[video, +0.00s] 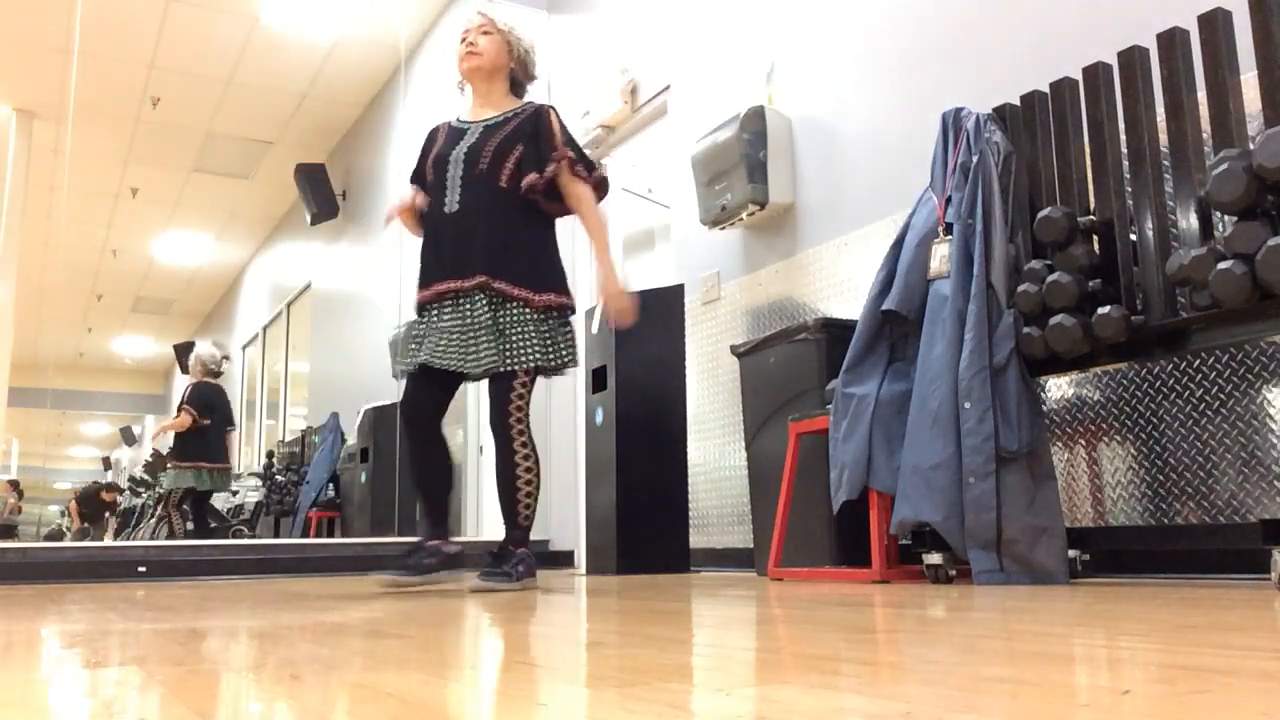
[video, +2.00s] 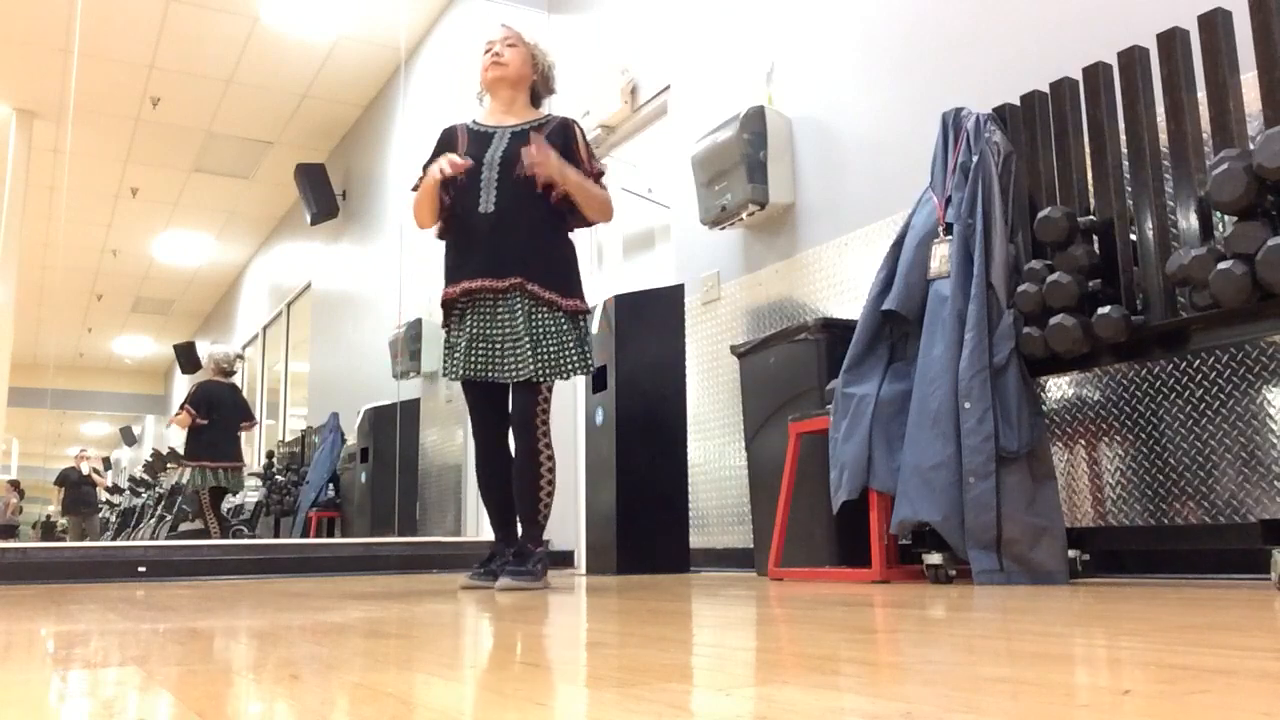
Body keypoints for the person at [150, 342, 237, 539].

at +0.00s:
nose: (190, 366)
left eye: (192, 363)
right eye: (191, 362)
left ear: (197, 366)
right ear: (215, 367)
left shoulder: (196, 389)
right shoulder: (221, 392)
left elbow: (184, 421)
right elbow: (229, 432)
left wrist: (163, 427)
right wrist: (230, 463)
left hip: (190, 466)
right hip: (214, 466)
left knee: (171, 506)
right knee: (200, 510)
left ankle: (179, 551)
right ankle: (204, 554)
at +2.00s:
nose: (207, 365)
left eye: (208, 361)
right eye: (208, 361)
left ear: (212, 365)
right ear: (231, 367)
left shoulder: (202, 388)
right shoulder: (234, 390)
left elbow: (184, 421)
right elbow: (250, 423)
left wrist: (174, 418)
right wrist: (230, 426)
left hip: (205, 464)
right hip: (230, 464)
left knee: (210, 511)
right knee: (215, 510)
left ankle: (219, 554)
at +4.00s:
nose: (189, 370)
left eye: (190, 365)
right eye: (189, 366)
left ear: (197, 367)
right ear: (213, 367)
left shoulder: (194, 390)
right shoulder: (221, 391)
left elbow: (184, 422)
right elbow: (225, 425)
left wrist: (165, 437)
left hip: (193, 465)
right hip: (219, 464)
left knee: (180, 510)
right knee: (211, 511)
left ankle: (194, 551)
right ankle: (217, 554)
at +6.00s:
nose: (201, 370)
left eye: (203, 366)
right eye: (202, 366)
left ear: (210, 369)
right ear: (225, 370)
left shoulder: (212, 392)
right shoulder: (232, 393)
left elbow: (203, 421)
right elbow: (241, 426)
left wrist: (187, 429)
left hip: (208, 467)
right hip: (229, 466)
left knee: (187, 505)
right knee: (220, 510)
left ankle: (196, 548)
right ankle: (227, 551)